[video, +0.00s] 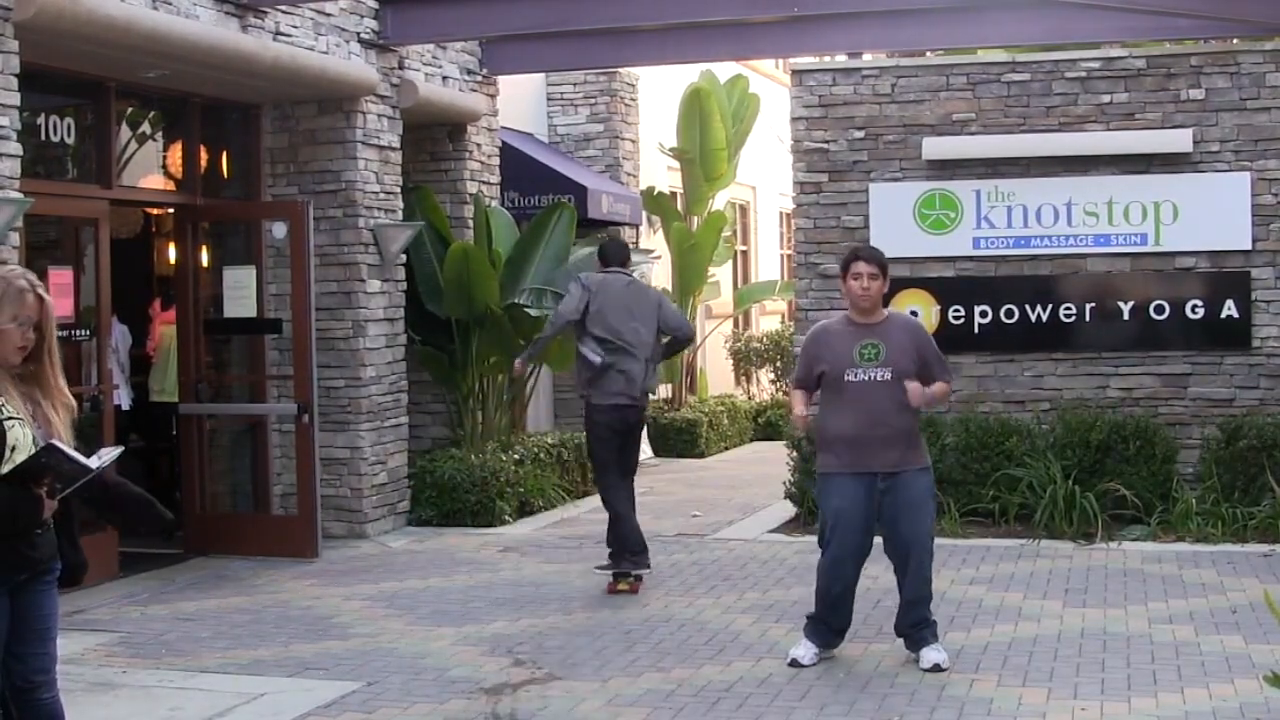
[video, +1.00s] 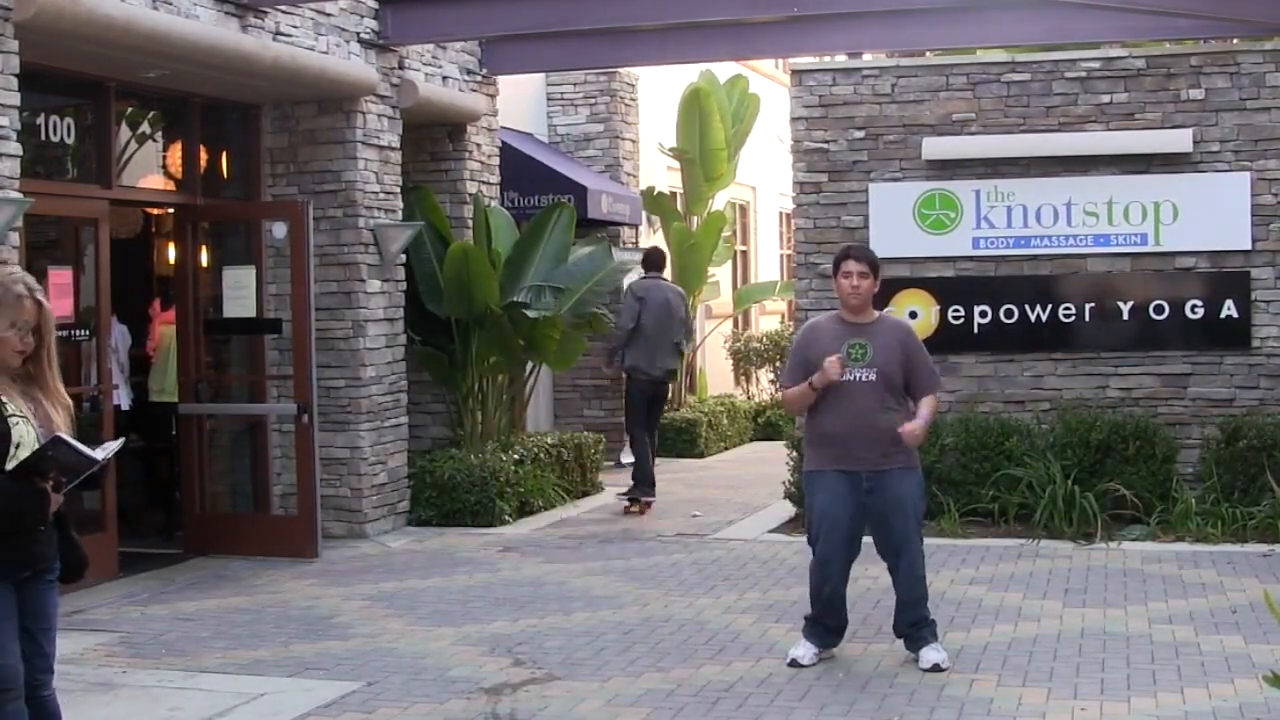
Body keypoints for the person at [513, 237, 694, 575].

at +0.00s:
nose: (597, 266)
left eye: (597, 260)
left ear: (599, 262)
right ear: (628, 263)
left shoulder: (589, 284)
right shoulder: (650, 294)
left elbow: (563, 318)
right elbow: (685, 333)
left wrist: (527, 356)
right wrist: (654, 356)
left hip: (601, 402)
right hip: (636, 404)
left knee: (609, 480)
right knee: (623, 479)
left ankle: (635, 557)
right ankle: (621, 558)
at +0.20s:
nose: (597, 265)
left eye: (598, 261)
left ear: (600, 263)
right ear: (627, 262)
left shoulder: (595, 286)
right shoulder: (651, 291)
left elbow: (575, 325)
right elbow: (686, 325)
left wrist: (544, 356)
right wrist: (655, 322)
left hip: (611, 397)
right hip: (642, 398)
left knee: (617, 468)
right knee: (630, 468)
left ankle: (643, 536)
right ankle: (627, 538)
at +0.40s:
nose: (601, 267)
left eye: (602, 262)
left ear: (604, 264)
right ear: (629, 262)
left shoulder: (602, 288)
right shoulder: (651, 290)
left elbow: (593, 327)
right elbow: (687, 316)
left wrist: (565, 353)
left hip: (618, 387)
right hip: (645, 387)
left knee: (618, 454)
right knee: (632, 454)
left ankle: (641, 521)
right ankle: (627, 518)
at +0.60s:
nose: (616, 271)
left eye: (616, 266)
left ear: (617, 267)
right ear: (640, 267)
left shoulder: (617, 286)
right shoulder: (659, 294)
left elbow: (602, 319)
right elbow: (684, 330)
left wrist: (569, 343)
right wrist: (659, 346)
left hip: (619, 383)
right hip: (644, 386)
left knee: (618, 446)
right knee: (629, 448)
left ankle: (630, 512)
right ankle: (623, 507)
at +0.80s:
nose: (630, 267)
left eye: (630, 263)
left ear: (629, 265)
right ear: (652, 265)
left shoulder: (626, 284)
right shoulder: (665, 291)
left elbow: (613, 317)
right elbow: (687, 325)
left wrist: (594, 337)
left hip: (625, 376)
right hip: (649, 378)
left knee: (624, 436)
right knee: (637, 437)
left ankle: (635, 498)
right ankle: (631, 494)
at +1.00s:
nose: (643, 268)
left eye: (643, 263)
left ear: (643, 265)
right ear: (664, 266)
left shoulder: (636, 289)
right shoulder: (677, 293)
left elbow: (625, 324)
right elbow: (686, 330)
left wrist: (613, 352)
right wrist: (676, 349)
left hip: (639, 369)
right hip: (665, 371)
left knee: (637, 428)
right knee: (650, 428)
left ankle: (644, 488)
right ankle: (642, 484)